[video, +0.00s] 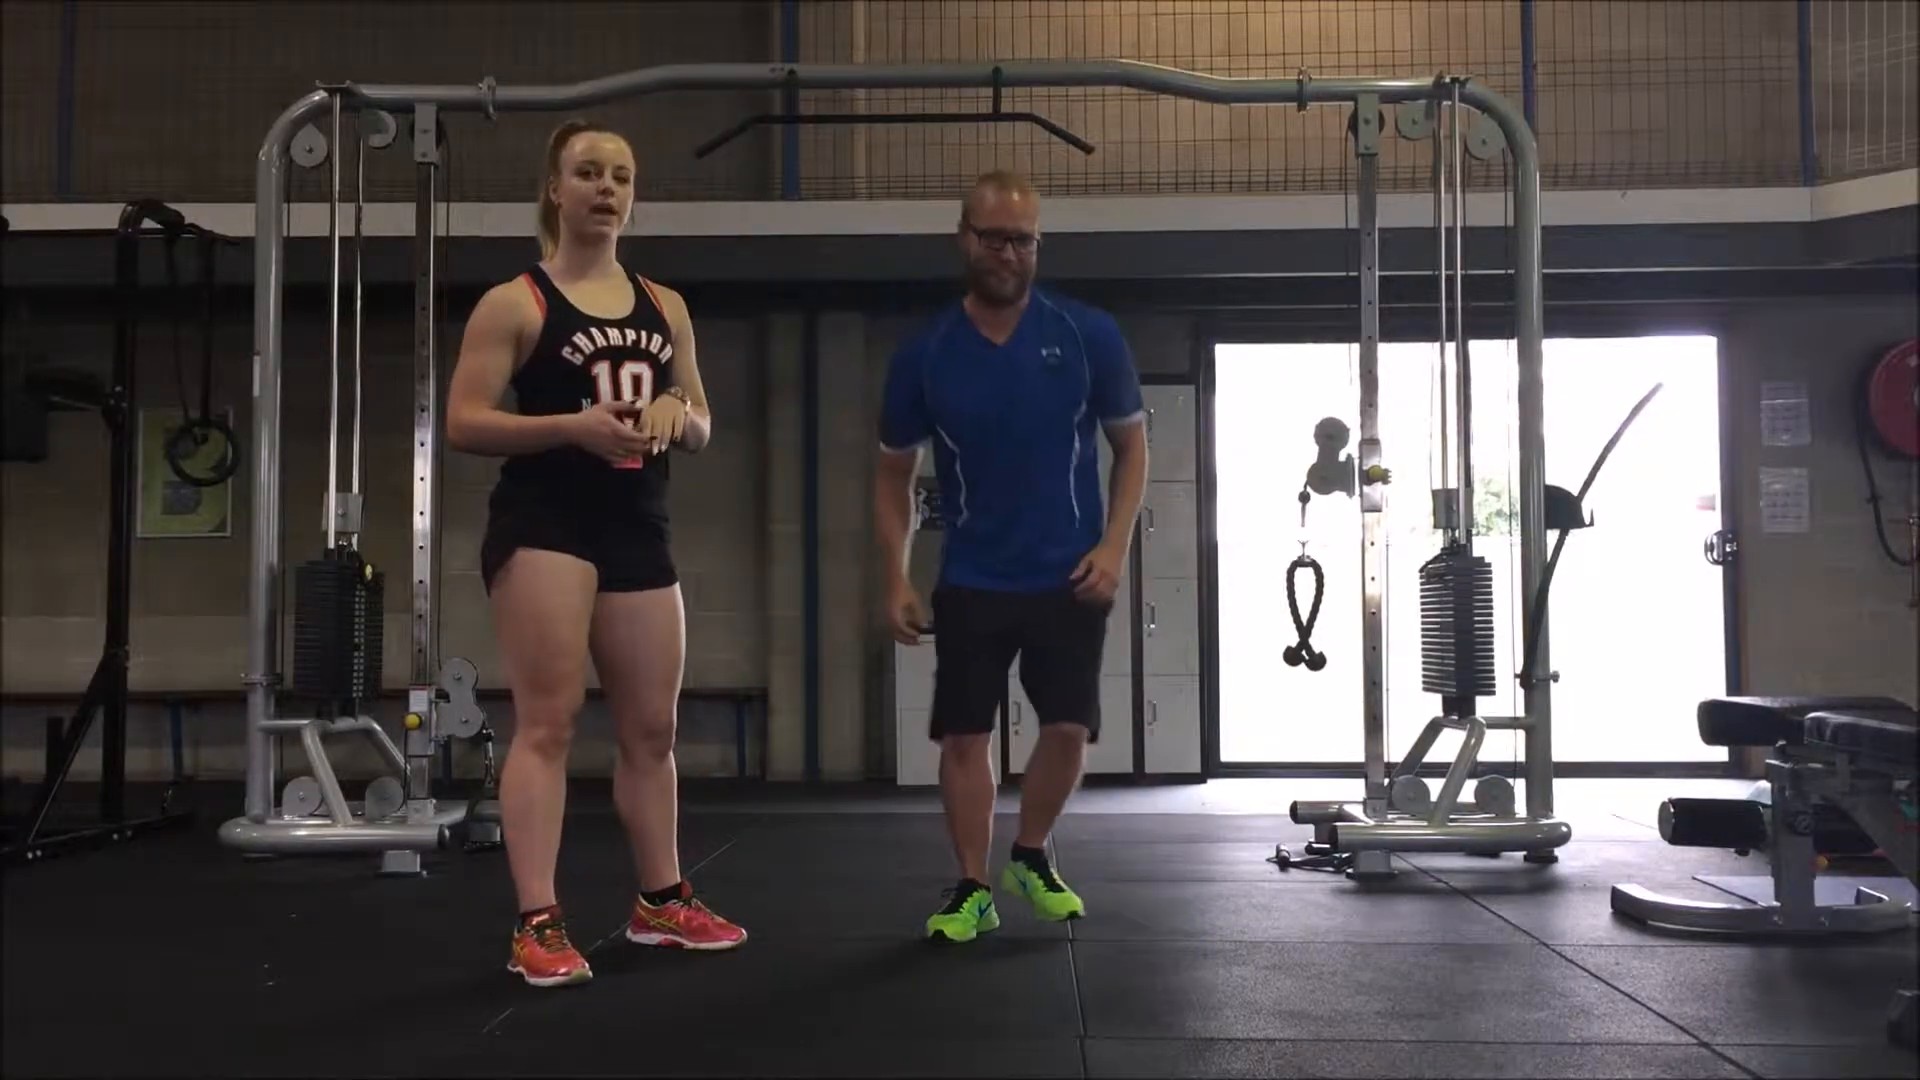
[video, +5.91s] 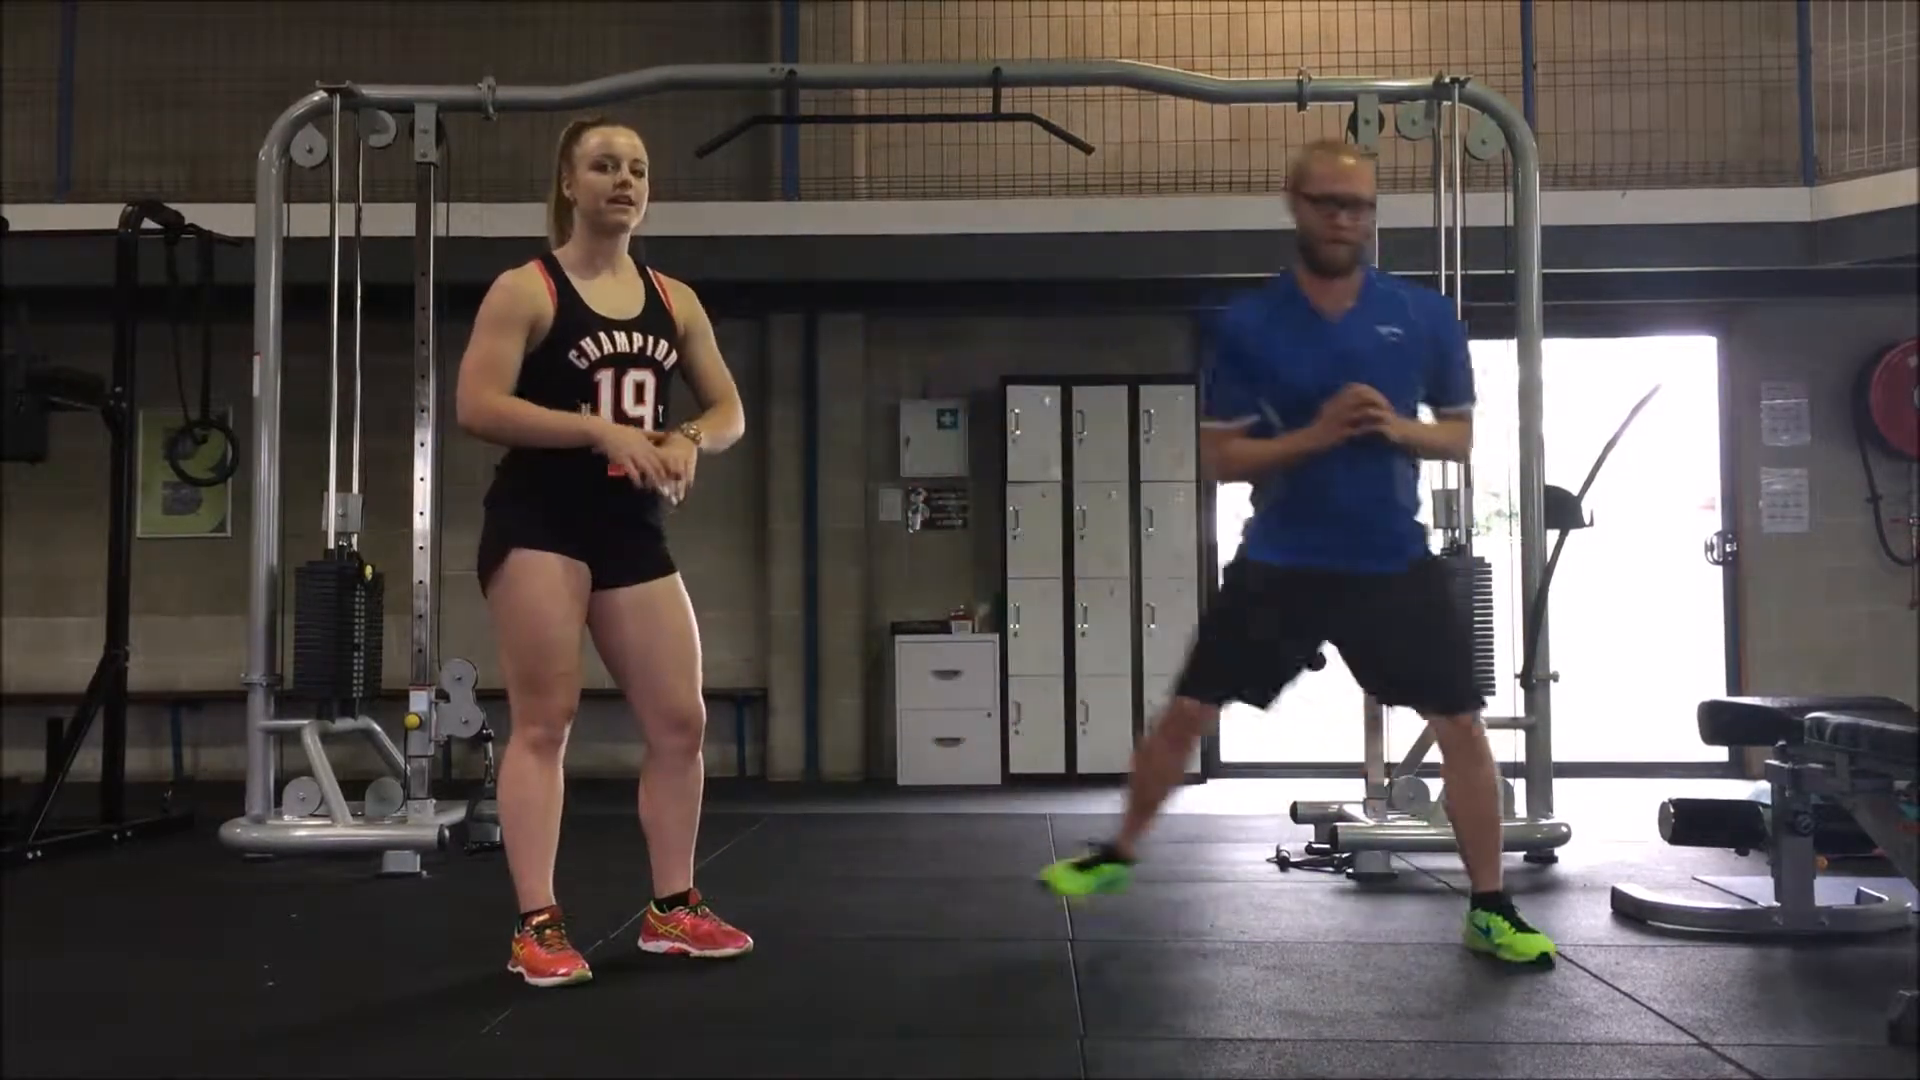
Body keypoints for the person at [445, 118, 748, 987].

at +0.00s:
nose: (605, 188)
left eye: (618, 177)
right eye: (588, 174)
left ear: (633, 198)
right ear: (553, 190)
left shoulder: (663, 306)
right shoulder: (512, 304)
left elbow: (699, 423)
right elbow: (465, 423)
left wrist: (679, 418)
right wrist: (574, 427)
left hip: (639, 533)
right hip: (545, 527)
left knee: (652, 731)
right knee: (546, 722)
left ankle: (662, 900)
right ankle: (537, 923)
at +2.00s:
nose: (601, 188)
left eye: (615, 176)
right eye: (583, 173)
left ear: (630, 196)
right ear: (550, 190)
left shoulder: (658, 310)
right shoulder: (504, 302)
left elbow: (689, 437)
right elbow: (460, 422)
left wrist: (668, 418)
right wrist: (563, 415)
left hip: (630, 530)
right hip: (536, 524)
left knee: (659, 730)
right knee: (545, 719)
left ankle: (665, 901)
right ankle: (537, 924)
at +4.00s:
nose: (656, 187)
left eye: (665, 176)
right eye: (637, 171)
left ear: (671, 194)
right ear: (590, 183)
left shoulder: (680, 299)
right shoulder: (552, 293)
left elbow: (719, 414)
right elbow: (503, 415)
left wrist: (751, 398)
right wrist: (609, 473)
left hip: (665, 533)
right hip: (575, 530)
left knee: (710, 716)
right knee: (553, 724)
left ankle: (679, 901)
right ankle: (538, 921)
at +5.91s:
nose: (624, 180)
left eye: (636, 170)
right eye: (605, 166)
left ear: (648, 193)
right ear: (567, 185)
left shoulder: (674, 301)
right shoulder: (525, 288)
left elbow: (728, 412)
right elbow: (477, 406)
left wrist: (690, 437)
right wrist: (600, 430)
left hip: (632, 531)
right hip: (538, 526)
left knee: (680, 724)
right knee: (543, 724)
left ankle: (673, 908)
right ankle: (537, 925)